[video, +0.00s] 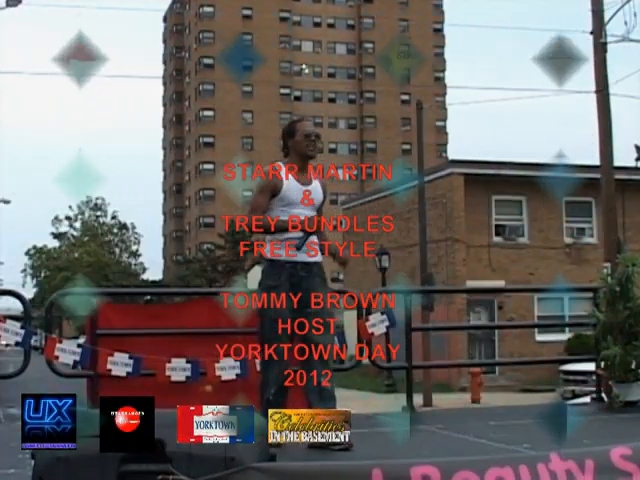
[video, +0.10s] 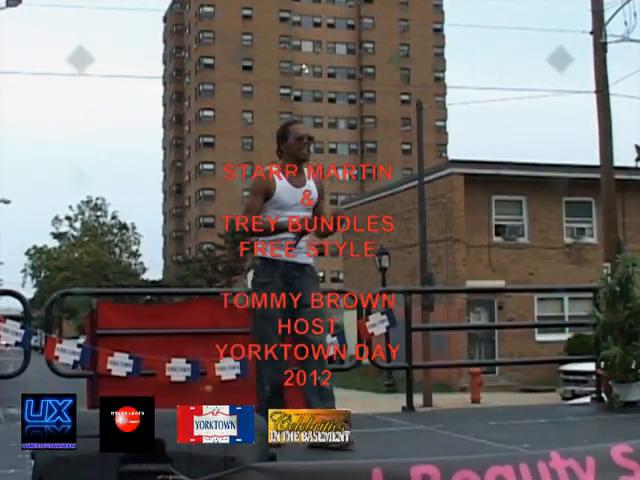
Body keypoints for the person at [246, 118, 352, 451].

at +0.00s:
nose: (314, 142)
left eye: (316, 137)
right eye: (307, 137)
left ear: (317, 144)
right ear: (288, 143)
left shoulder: (319, 184)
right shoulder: (275, 177)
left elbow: (316, 227)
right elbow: (251, 219)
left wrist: (334, 250)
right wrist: (290, 225)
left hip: (311, 269)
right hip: (279, 269)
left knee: (320, 342)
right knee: (277, 344)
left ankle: (325, 423)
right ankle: (273, 421)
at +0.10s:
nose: (307, 145)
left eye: (309, 141)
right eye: (301, 140)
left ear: (310, 146)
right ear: (281, 145)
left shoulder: (316, 182)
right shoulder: (267, 178)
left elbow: (325, 227)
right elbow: (248, 222)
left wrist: (326, 225)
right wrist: (286, 226)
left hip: (304, 269)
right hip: (270, 268)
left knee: (314, 341)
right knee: (270, 344)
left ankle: (324, 420)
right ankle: (271, 420)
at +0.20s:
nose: (300, 146)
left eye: (304, 142)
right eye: (293, 141)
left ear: (307, 147)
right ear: (277, 147)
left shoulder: (312, 180)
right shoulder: (261, 180)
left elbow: (332, 223)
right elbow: (242, 225)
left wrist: (335, 191)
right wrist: (279, 232)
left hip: (300, 272)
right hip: (267, 270)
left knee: (311, 346)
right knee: (265, 350)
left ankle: (321, 425)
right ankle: (269, 426)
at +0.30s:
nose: (300, 147)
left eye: (302, 142)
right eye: (293, 142)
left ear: (303, 147)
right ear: (274, 146)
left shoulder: (308, 179)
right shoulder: (259, 181)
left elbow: (334, 212)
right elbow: (236, 224)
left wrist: (327, 173)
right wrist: (271, 236)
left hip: (300, 271)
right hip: (268, 271)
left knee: (313, 343)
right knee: (267, 346)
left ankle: (317, 417)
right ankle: (269, 417)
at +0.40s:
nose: (300, 148)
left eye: (302, 144)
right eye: (294, 143)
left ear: (303, 148)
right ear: (274, 147)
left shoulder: (306, 179)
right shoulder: (258, 181)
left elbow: (335, 208)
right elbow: (234, 225)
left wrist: (324, 168)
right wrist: (269, 239)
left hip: (302, 272)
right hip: (269, 272)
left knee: (318, 344)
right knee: (269, 347)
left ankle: (315, 416)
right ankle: (270, 418)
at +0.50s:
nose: (303, 150)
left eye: (304, 145)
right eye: (296, 145)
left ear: (303, 150)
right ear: (276, 148)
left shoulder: (305, 181)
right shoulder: (259, 182)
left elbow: (335, 207)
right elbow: (235, 225)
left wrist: (325, 168)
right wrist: (270, 239)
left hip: (305, 272)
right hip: (273, 271)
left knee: (318, 342)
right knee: (271, 343)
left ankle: (318, 411)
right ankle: (270, 414)